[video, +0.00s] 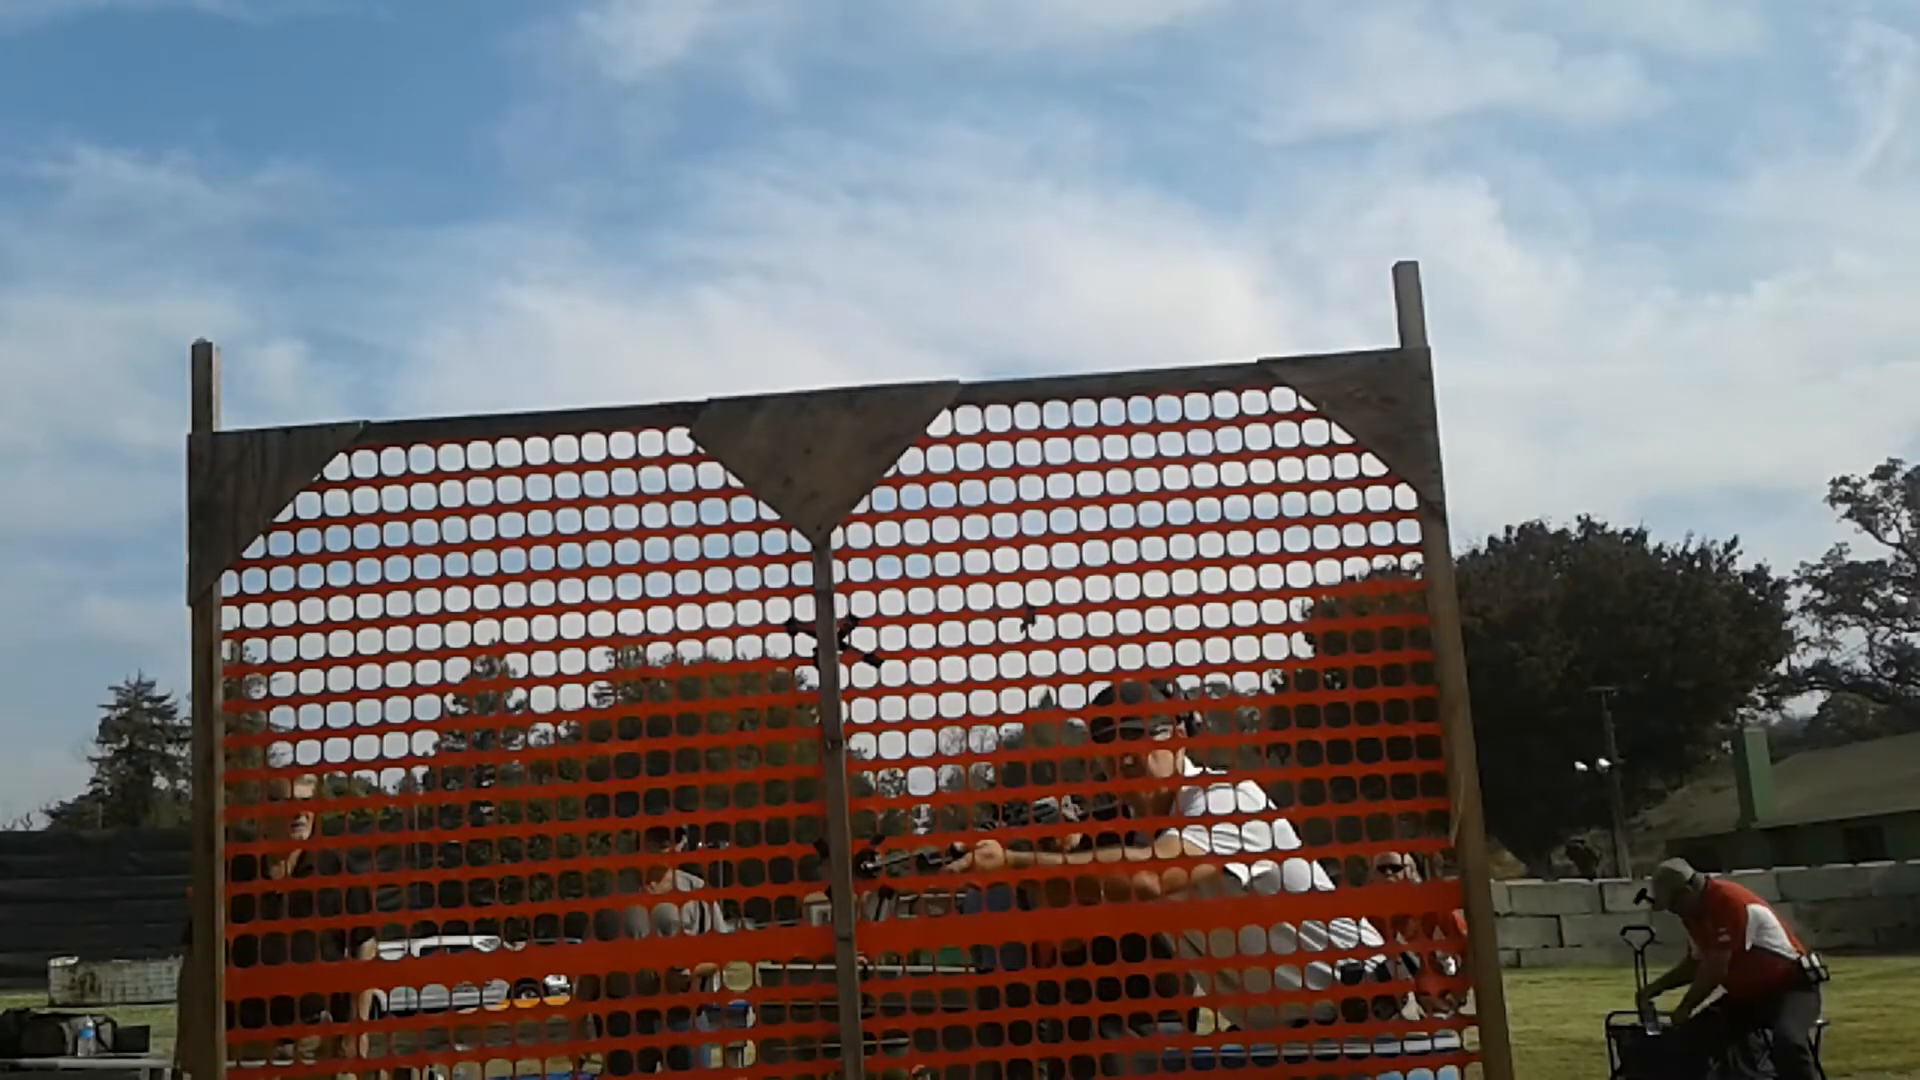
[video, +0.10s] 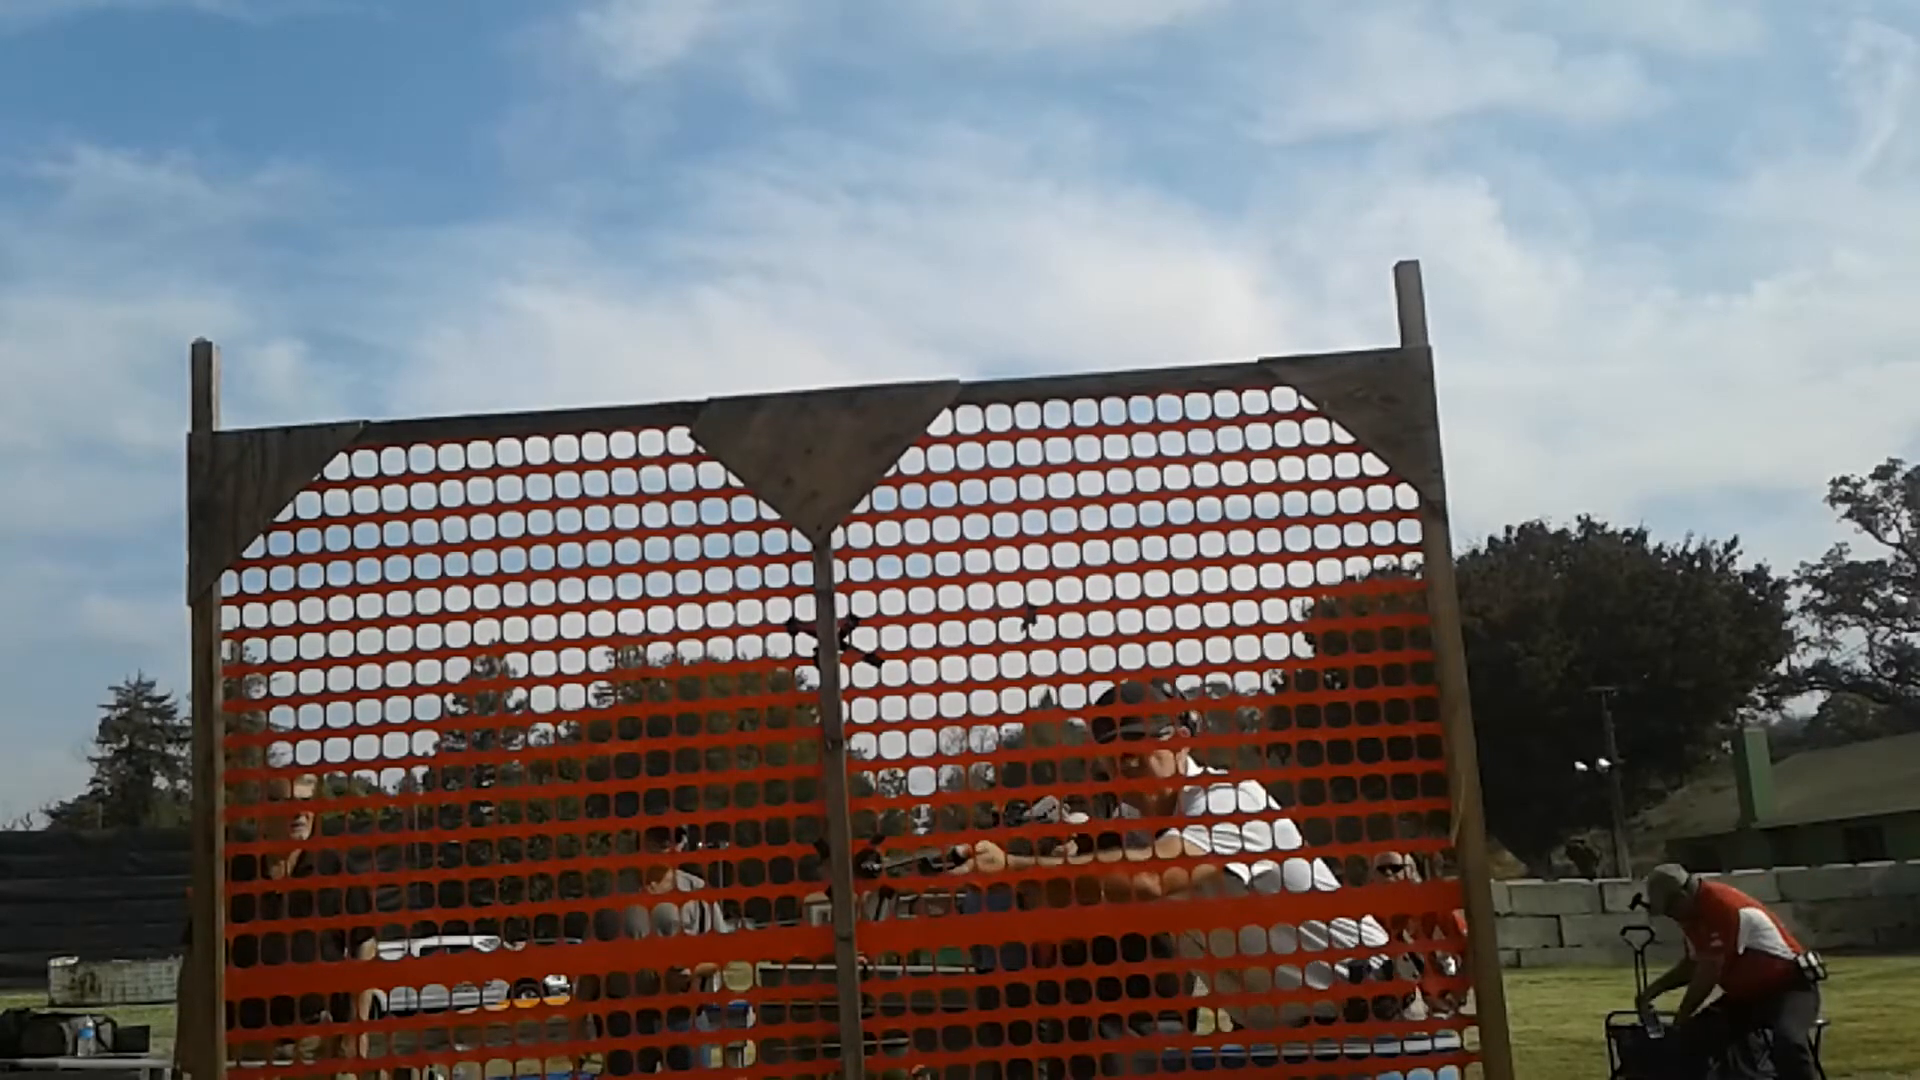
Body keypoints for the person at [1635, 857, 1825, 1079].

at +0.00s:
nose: (1674, 911)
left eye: (1674, 903)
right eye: (1670, 906)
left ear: (1689, 890)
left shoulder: (1725, 901)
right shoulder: (1692, 911)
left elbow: (1716, 969)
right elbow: (1696, 963)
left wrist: (1684, 1009)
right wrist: (1653, 989)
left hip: (1792, 990)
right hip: (1745, 995)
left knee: (1788, 1043)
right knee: (1685, 1040)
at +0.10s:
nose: (1670, 916)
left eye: (1670, 909)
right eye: (1666, 912)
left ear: (1683, 893)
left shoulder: (1719, 906)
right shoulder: (1690, 912)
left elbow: (1708, 974)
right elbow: (1692, 965)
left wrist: (1682, 1017)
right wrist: (1651, 992)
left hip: (1791, 989)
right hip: (1745, 995)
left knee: (1789, 1044)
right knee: (1687, 1039)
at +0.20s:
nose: (1667, 921)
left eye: (1666, 913)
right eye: (1662, 916)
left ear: (1679, 899)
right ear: (1678, 897)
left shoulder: (1711, 910)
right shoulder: (1688, 913)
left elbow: (1703, 980)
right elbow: (1691, 965)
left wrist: (1682, 1025)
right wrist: (1653, 992)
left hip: (1790, 988)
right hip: (1744, 995)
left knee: (1789, 1044)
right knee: (1687, 1039)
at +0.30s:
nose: (1663, 923)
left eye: (1663, 915)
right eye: (1658, 918)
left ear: (1676, 901)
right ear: (1675, 898)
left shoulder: (1708, 912)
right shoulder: (1687, 914)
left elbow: (1701, 979)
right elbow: (1689, 966)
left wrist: (1682, 1026)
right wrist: (1653, 992)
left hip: (1790, 988)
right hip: (1744, 994)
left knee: (1788, 1041)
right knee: (1688, 1038)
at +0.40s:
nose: (1662, 924)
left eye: (1661, 916)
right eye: (1657, 920)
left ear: (1674, 902)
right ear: (1674, 899)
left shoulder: (1706, 913)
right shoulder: (1685, 915)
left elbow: (1697, 982)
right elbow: (1688, 967)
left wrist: (1676, 1029)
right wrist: (1654, 995)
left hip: (1790, 988)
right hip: (1743, 995)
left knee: (1787, 1040)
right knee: (1685, 1040)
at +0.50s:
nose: (1661, 924)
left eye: (1660, 916)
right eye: (1656, 919)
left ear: (1674, 902)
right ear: (1673, 899)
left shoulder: (1707, 913)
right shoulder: (1686, 915)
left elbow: (1695, 981)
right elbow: (1687, 966)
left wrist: (1674, 1030)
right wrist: (1655, 1000)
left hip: (1790, 988)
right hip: (1745, 994)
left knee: (1786, 1042)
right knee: (1685, 1041)